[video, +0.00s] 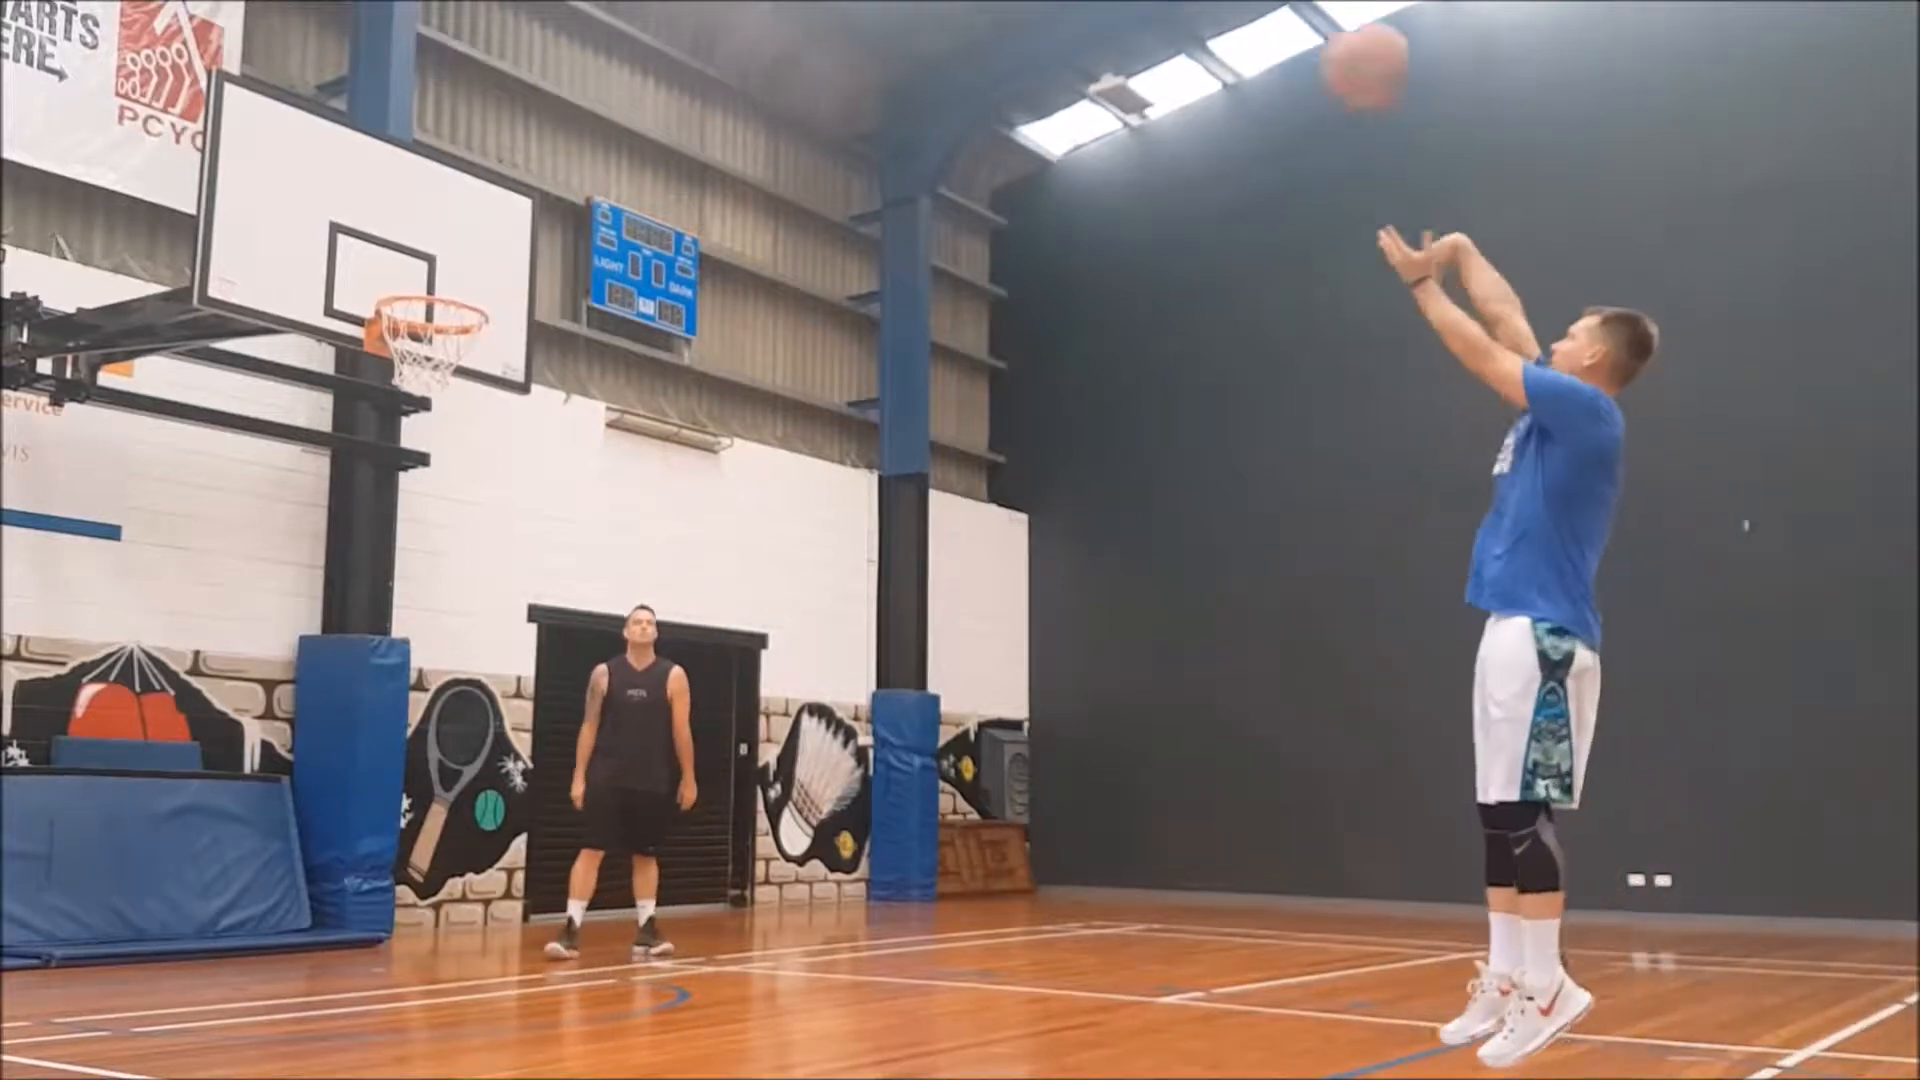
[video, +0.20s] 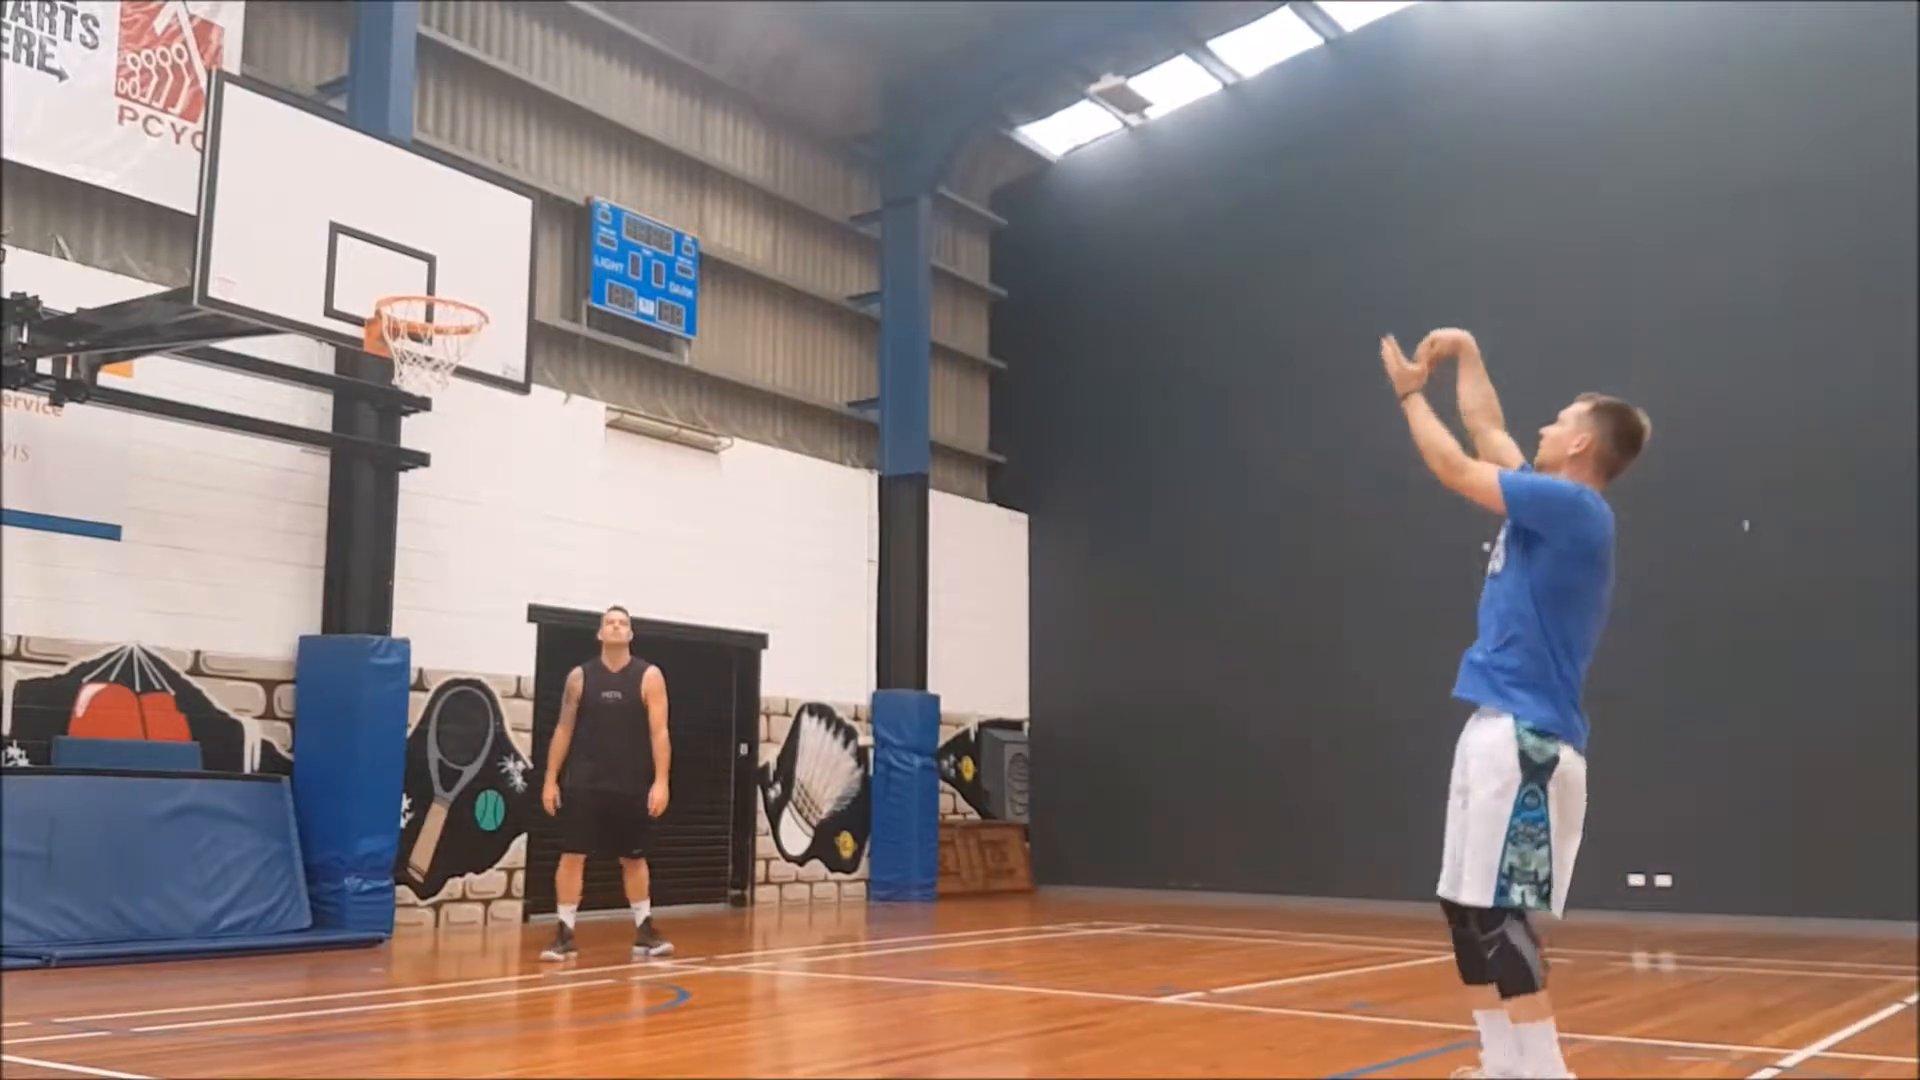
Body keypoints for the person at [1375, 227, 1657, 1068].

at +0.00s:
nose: (1560, 337)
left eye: (1574, 332)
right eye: (1570, 330)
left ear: (1593, 354)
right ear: (1592, 357)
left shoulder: (1585, 408)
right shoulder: (1562, 403)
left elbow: (1485, 355)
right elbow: (1506, 317)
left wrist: (1423, 285)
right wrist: (1463, 252)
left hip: (1544, 641)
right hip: (1511, 633)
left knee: (1524, 815)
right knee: (1498, 813)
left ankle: (1547, 989)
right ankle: (1503, 983)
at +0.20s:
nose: (1543, 429)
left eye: (1558, 421)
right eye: (1554, 420)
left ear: (1582, 442)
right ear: (1587, 447)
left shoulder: (1572, 508)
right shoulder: (1553, 504)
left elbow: (1456, 471)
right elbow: (1487, 431)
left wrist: (1409, 393)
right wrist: (1468, 351)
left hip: (1527, 744)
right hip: (1495, 736)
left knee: (1497, 911)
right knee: (1462, 905)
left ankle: (1544, 1068)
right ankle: (1502, 1064)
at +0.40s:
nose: (1557, 447)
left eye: (1570, 439)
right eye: (1567, 437)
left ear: (1592, 461)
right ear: (1599, 466)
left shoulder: (1581, 540)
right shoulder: (1587, 541)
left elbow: (1466, 612)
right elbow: (1476, 600)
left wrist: (1412, 557)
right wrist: (1480, 514)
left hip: (1542, 757)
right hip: (1514, 749)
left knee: (1489, 918)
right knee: (1447, 906)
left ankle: (1552, 1071)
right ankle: (1507, 1064)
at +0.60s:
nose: (1574, 431)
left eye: (1588, 424)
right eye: (1583, 422)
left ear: (1611, 448)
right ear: (1618, 455)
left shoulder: (1600, 527)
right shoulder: (1607, 527)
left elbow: (1565, 645)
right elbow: (1562, 652)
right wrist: (1490, 700)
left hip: (1575, 755)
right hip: (1547, 749)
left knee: (1533, 924)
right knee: (1487, 904)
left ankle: (1562, 1070)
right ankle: (1620, 1041)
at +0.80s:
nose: (1604, 433)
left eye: (1618, 426)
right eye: (1614, 423)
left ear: (1642, 449)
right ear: (1647, 453)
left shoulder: (1651, 525)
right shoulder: (1634, 531)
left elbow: (1703, 628)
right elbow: (1645, 669)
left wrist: (1744, 735)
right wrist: (1668, 770)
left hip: (1612, 767)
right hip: (1631, 765)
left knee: (1572, 930)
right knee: (1638, 939)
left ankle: (1562, 1072)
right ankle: (1759, 1068)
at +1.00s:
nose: (1655, 432)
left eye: (1671, 423)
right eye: (1666, 421)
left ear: (1698, 447)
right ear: (1702, 451)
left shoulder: (1710, 516)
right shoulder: (1698, 523)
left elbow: (1777, 616)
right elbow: (1767, 620)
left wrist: (1833, 723)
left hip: (1704, 760)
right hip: (1730, 762)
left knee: (1624, 917)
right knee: (1738, 930)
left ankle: (1609, 1070)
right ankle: (1794, 1068)